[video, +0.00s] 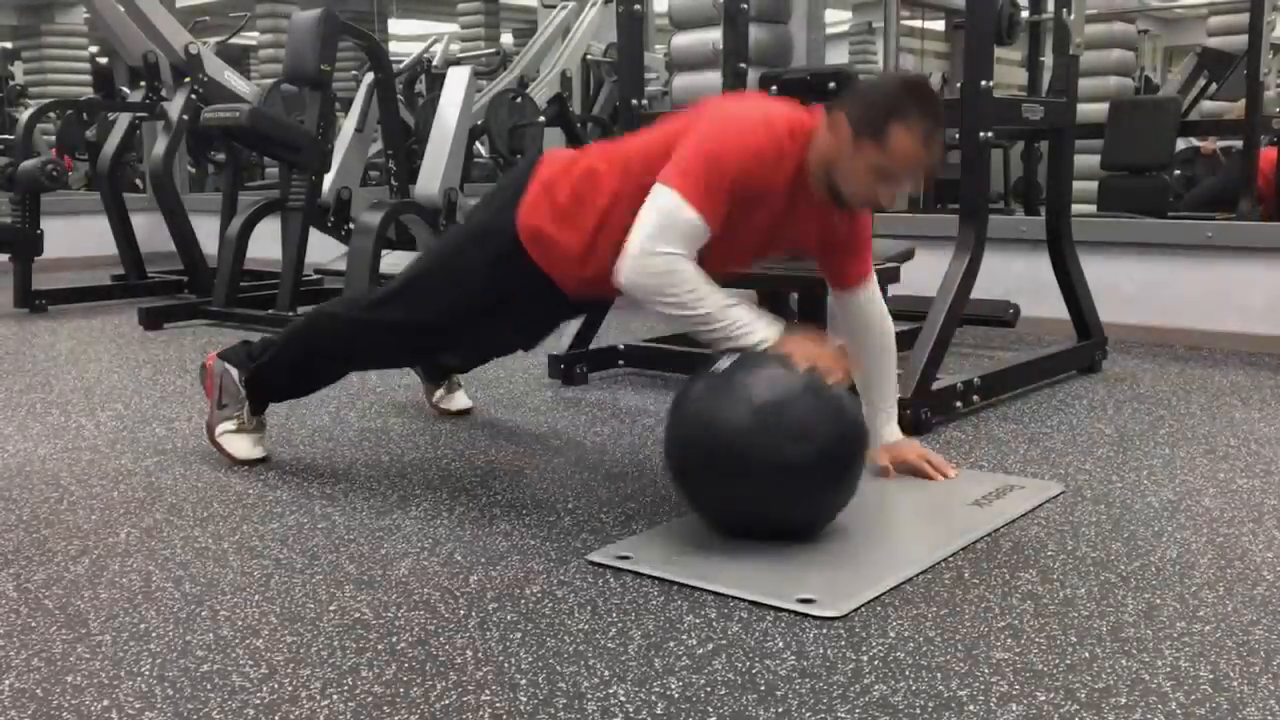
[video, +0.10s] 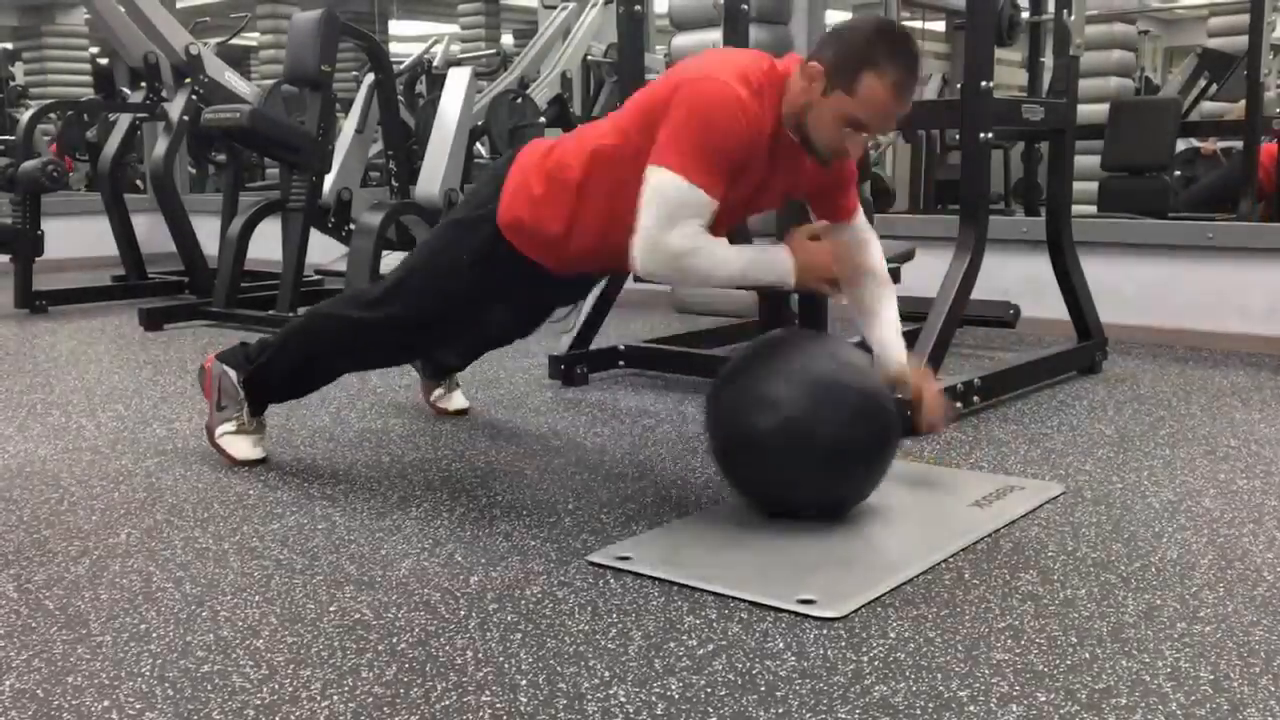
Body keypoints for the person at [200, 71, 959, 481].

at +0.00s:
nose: (889, 199)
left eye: (903, 187)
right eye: (887, 175)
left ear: (890, 169)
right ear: (843, 130)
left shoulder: (841, 203)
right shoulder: (745, 137)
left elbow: (865, 314)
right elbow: (652, 265)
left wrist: (886, 431)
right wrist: (771, 336)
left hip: (594, 269)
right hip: (545, 217)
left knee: (489, 330)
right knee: (404, 317)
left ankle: (435, 363)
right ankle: (242, 375)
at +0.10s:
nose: (861, 148)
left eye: (874, 135)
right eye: (857, 127)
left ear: (872, 112)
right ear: (815, 79)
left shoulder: (826, 141)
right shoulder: (721, 97)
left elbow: (859, 263)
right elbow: (660, 253)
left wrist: (894, 359)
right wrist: (789, 264)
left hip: (592, 246)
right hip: (530, 209)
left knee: (496, 321)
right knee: (397, 322)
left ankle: (432, 368)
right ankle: (240, 377)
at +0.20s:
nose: (854, 166)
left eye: (870, 154)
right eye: (850, 143)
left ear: (869, 131)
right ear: (809, 97)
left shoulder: (815, 129)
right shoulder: (714, 124)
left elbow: (838, 193)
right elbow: (615, 258)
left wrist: (863, 285)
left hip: (591, 259)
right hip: (520, 228)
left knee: (496, 331)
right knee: (393, 331)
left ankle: (435, 366)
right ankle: (238, 378)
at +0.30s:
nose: (872, 245)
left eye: (886, 232)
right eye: (871, 225)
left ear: (862, 188)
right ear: (827, 183)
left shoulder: (820, 173)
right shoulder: (714, 208)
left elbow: (826, 249)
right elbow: (648, 367)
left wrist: (838, 327)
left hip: (584, 277)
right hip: (522, 268)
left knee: (476, 333)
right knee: (388, 347)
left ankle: (431, 371)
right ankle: (234, 380)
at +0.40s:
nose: (890, 373)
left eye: (905, 359)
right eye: (886, 354)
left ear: (885, 303)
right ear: (843, 310)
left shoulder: (846, 249)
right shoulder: (741, 298)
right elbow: (612, 401)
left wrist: (807, 346)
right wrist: (649, 549)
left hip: (578, 272)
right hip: (534, 318)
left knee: (425, 338)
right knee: (385, 370)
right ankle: (236, 386)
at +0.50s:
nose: (890, 463)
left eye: (906, 451)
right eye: (889, 447)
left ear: (878, 378)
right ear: (848, 397)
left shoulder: (853, 310)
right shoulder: (749, 369)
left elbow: (840, 234)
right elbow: (611, 424)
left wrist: (826, 330)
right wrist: (652, 554)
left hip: (599, 323)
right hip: (555, 373)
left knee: (447, 368)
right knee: (402, 407)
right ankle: (240, 387)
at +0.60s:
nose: (893, 503)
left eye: (909, 497)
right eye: (895, 490)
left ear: (894, 401)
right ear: (859, 432)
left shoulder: (860, 335)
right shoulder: (763, 391)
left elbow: (846, 250)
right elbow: (614, 433)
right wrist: (653, 558)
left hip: (618, 349)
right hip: (564, 396)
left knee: (519, 356)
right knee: (406, 422)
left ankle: (441, 352)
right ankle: (249, 386)